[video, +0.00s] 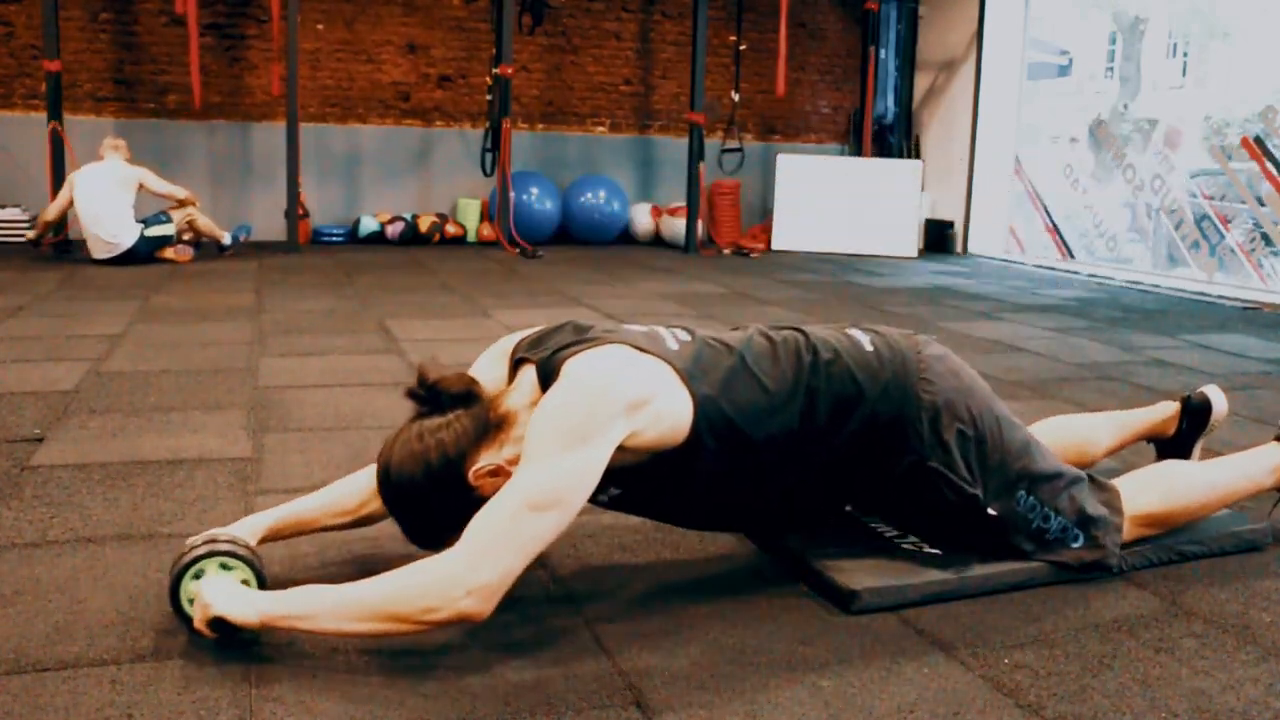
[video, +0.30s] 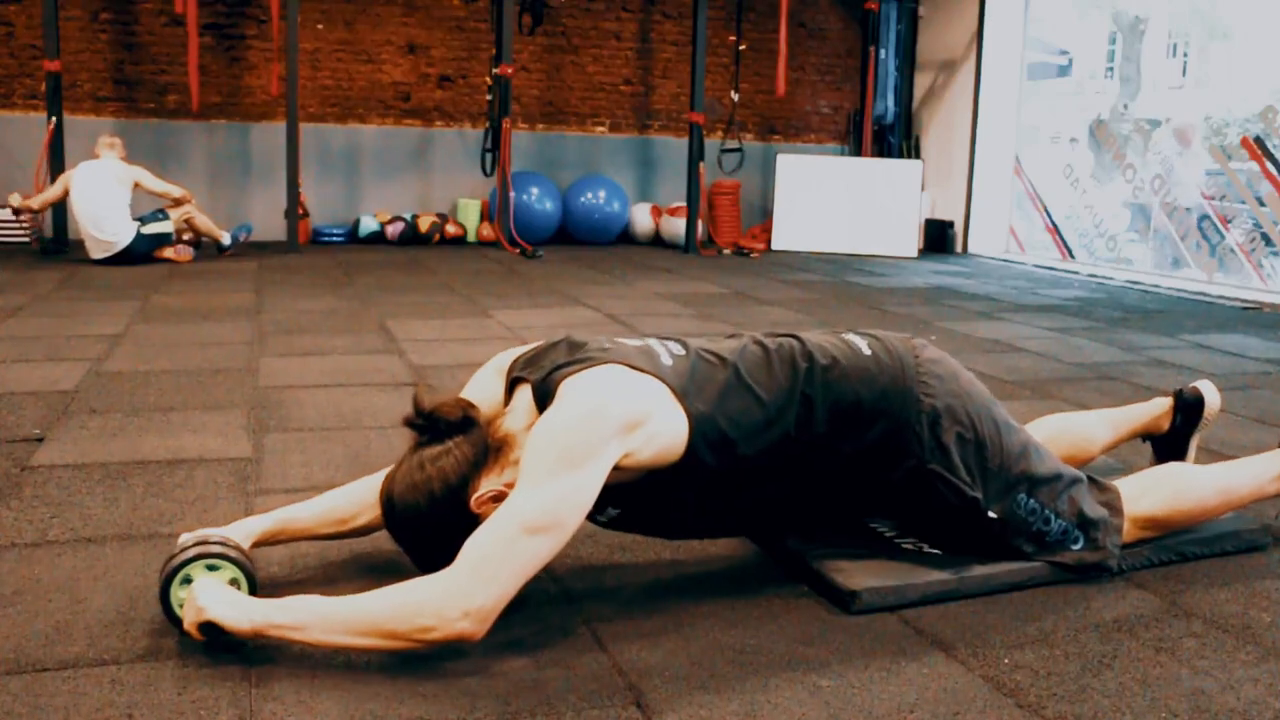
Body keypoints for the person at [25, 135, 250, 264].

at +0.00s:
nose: (125, 155)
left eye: (119, 151)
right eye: (125, 152)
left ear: (101, 155)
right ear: (125, 155)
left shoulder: (78, 175)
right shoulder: (133, 171)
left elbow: (49, 216)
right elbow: (176, 194)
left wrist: (34, 234)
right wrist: (193, 200)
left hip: (99, 255)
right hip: (131, 247)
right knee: (188, 211)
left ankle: (173, 250)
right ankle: (226, 239)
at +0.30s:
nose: (121, 149)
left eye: (115, 146)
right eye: (121, 147)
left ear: (94, 153)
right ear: (120, 152)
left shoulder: (75, 173)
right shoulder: (128, 169)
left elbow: (37, 205)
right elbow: (175, 194)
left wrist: (19, 202)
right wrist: (189, 201)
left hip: (98, 254)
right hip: (129, 245)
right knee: (186, 210)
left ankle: (172, 249)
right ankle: (225, 240)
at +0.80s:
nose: (108, 153)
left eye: (99, 150)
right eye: (113, 151)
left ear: (89, 153)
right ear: (116, 152)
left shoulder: (70, 176)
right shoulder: (125, 170)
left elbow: (43, 219)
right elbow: (175, 193)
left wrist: (34, 231)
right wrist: (184, 199)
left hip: (100, 256)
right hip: (130, 245)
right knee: (184, 208)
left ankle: (172, 250)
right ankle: (224, 239)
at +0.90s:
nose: (111, 155)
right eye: (115, 152)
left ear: (88, 154)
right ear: (116, 152)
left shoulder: (70, 176)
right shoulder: (124, 169)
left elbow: (44, 220)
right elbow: (175, 194)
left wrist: (34, 239)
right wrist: (184, 199)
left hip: (100, 255)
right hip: (130, 244)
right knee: (184, 208)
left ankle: (173, 250)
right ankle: (224, 239)